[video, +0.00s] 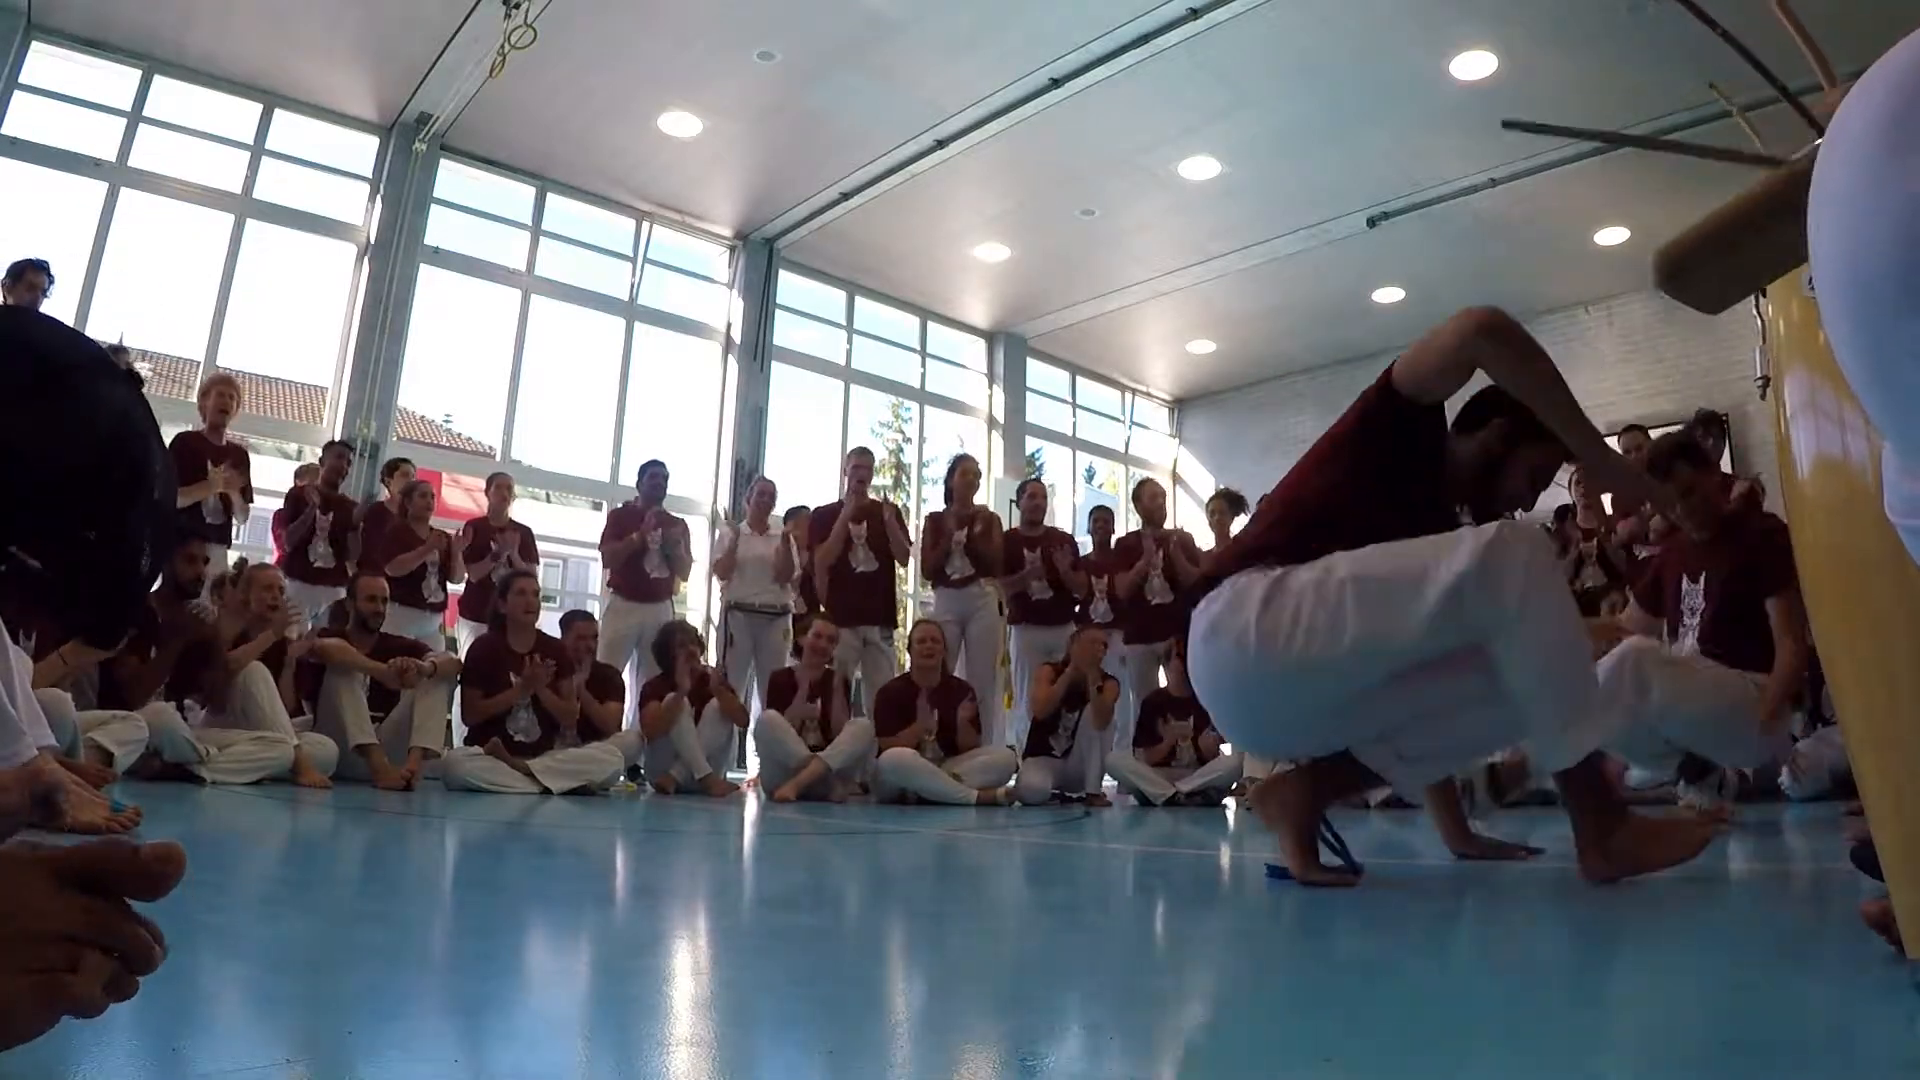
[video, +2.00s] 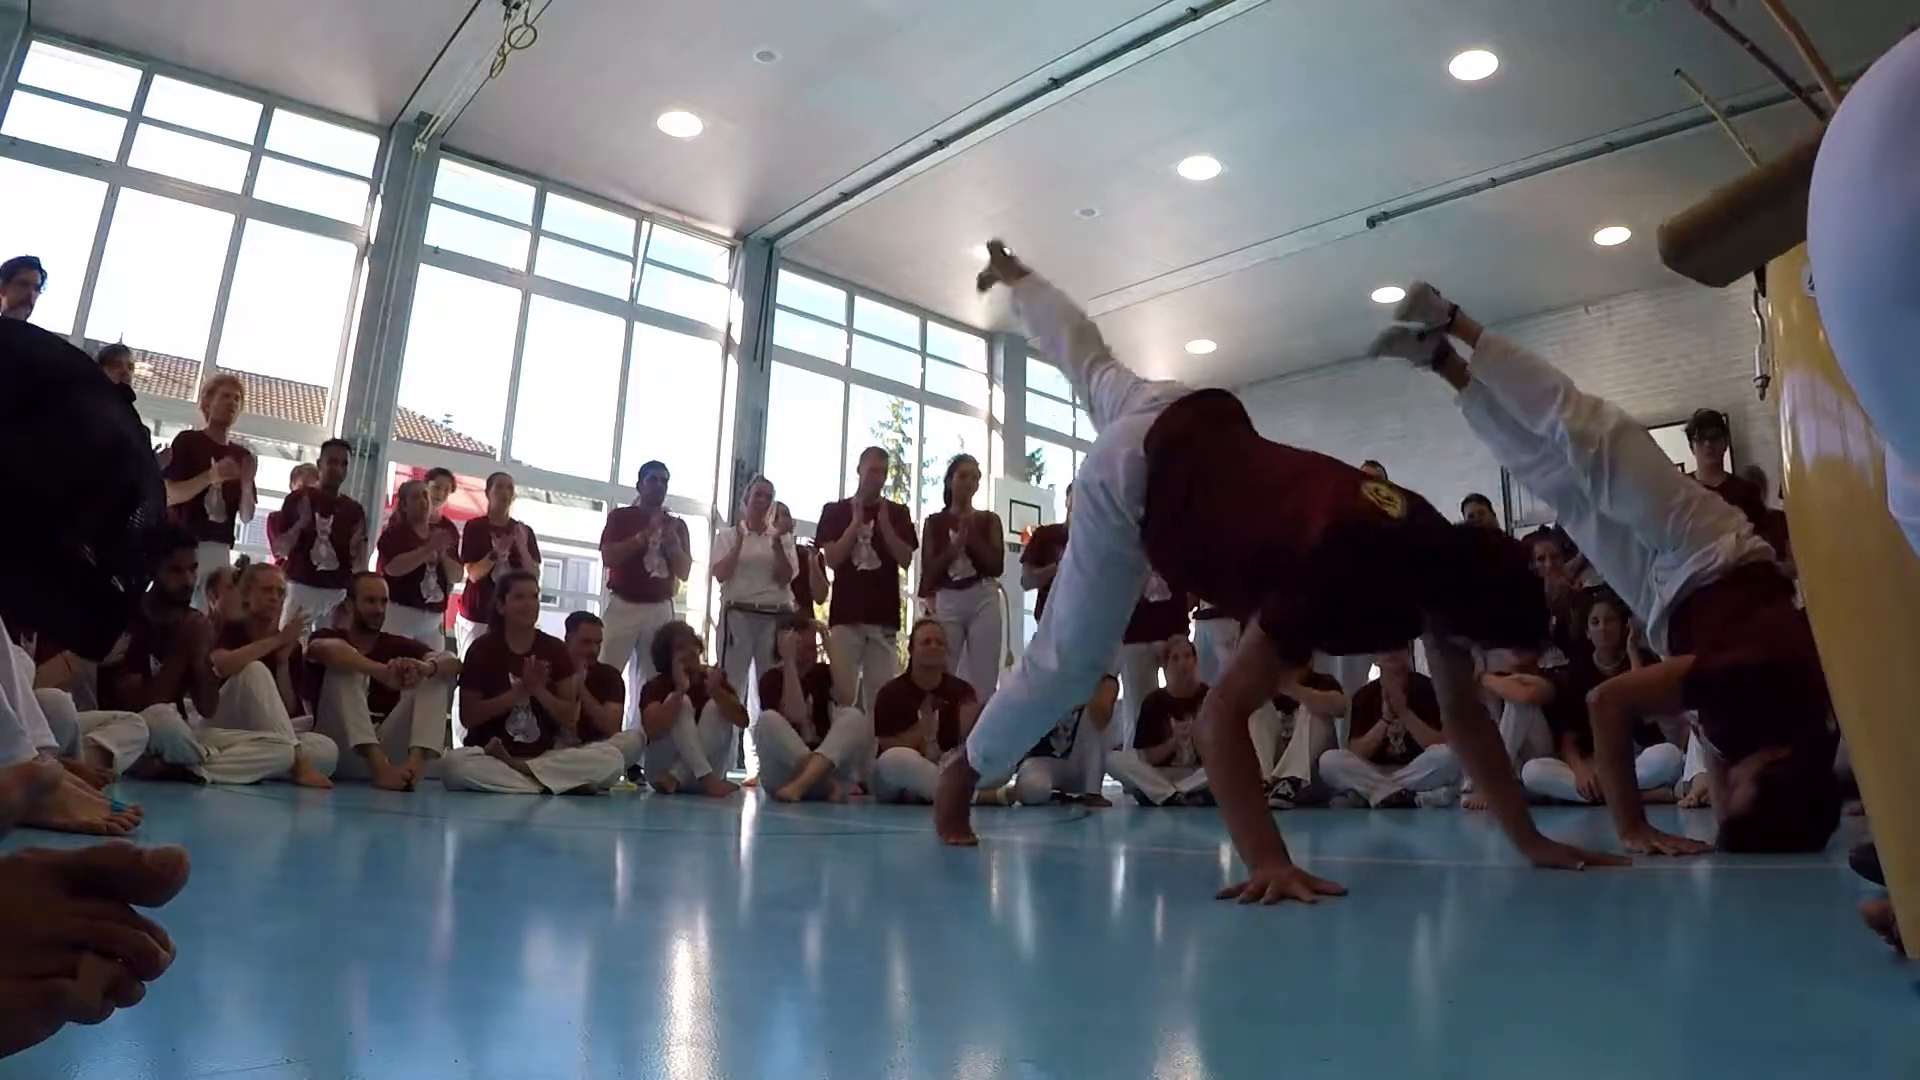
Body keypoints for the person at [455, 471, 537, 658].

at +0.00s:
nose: (504, 494)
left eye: (508, 489)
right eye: (498, 488)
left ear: (513, 495)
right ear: (487, 493)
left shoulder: (524, 533)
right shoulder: (473, 527)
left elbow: (531, 576)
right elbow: (473, 574)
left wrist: (514, 554)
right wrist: (497, 554)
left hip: (510, 619)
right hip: (474, 615)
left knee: (505, 683)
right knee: (471, 680)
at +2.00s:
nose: (505, 492)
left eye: (509, 488)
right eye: (499, 487)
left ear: (514, 494)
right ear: (488, 493)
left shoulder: (524, 531)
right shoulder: (474, 527)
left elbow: (534, 573)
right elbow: (473, 574)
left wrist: (522, 548)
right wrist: (496, 553)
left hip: (510, 619)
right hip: (475, 615)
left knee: (504, 681)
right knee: (471, 679)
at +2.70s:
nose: (505, 493)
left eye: (509, 489)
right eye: (499, 488)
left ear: (513, 495)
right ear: (488, 493)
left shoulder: (524, 532)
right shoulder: (474, 527)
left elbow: (533, 573)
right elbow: (474, 574)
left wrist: (519, 548)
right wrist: (497, 552)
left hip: (510, 618)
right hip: (475, 615)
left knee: (505, 680)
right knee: (472, 679)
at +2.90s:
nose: (505, 493)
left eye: (509, 489)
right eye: (499, 488)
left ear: (513, 495)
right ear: (488, 492)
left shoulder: (524, 533)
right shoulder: (473, 527)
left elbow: (533, 574)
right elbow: (473, 575)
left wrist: (514, 554)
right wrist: (497, 553)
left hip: (511, 619)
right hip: (475, 616)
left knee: (505, 682)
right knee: (472, 679)